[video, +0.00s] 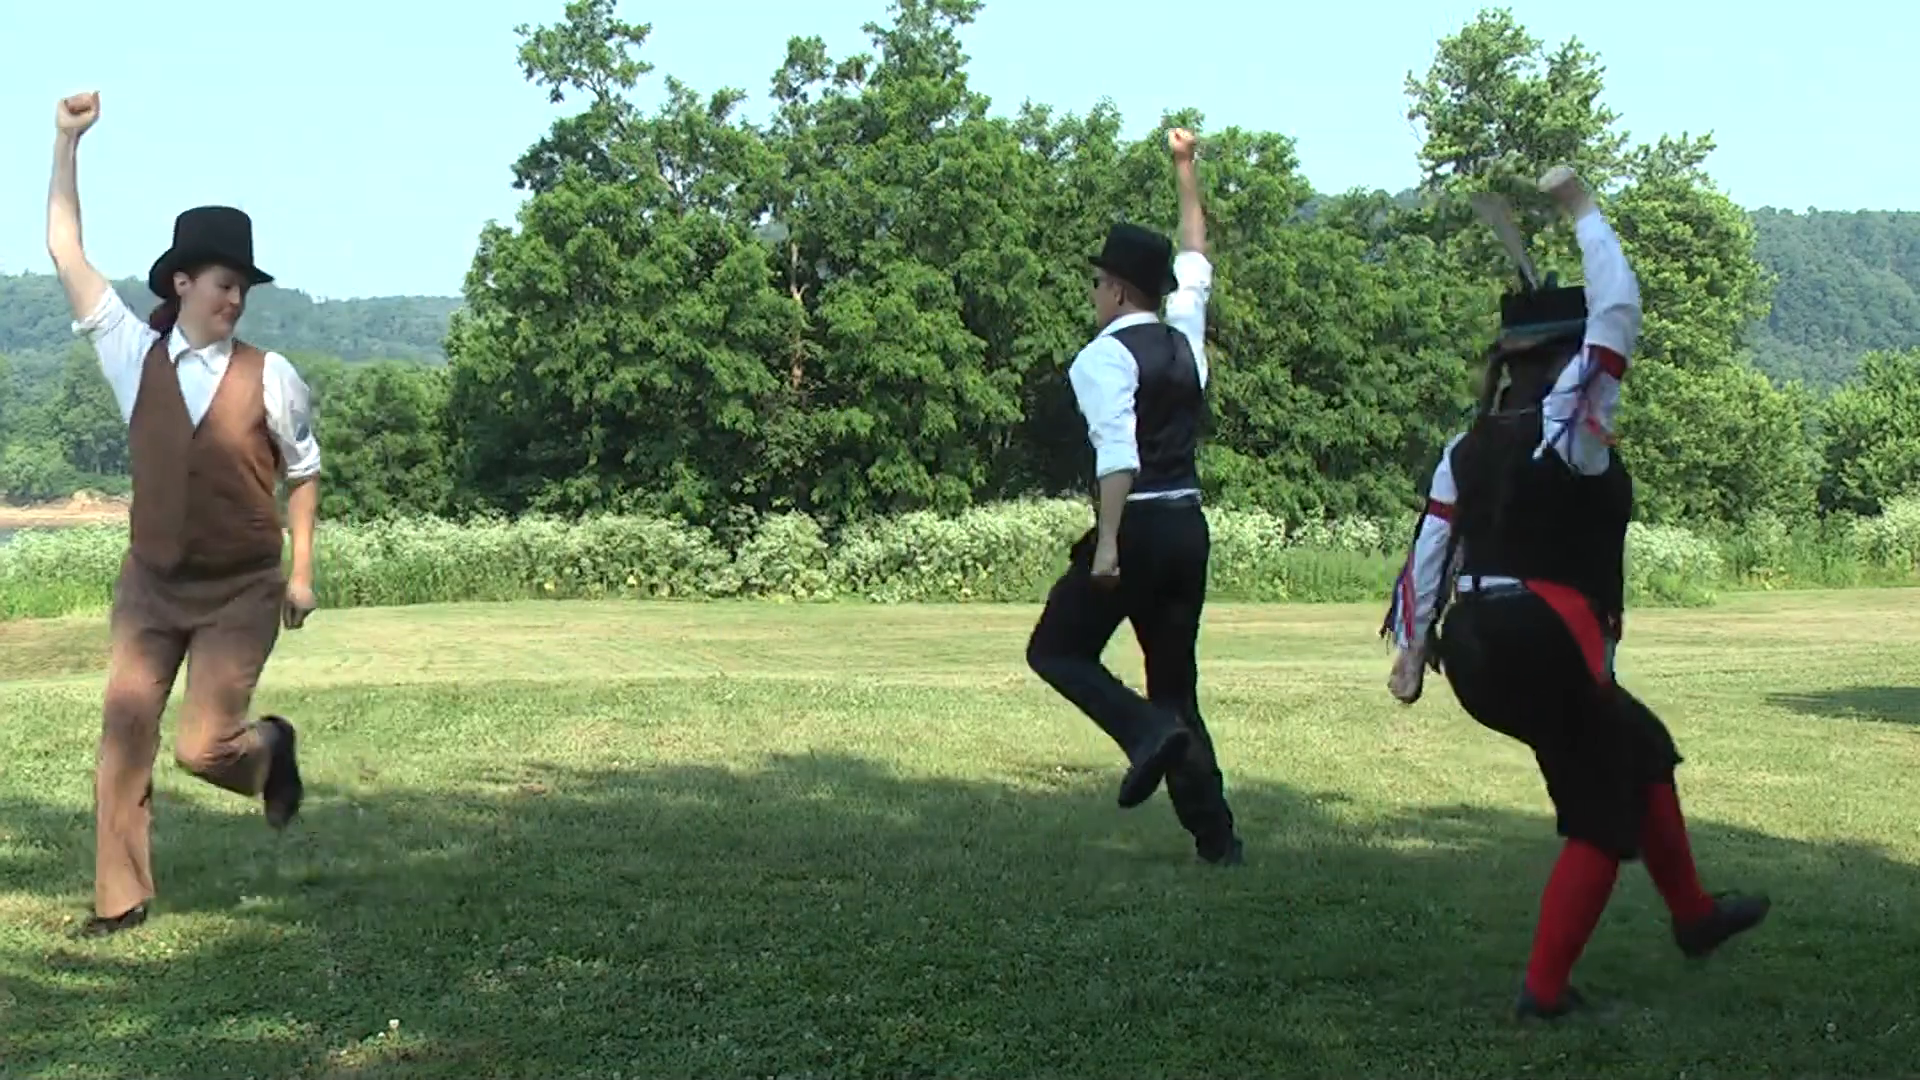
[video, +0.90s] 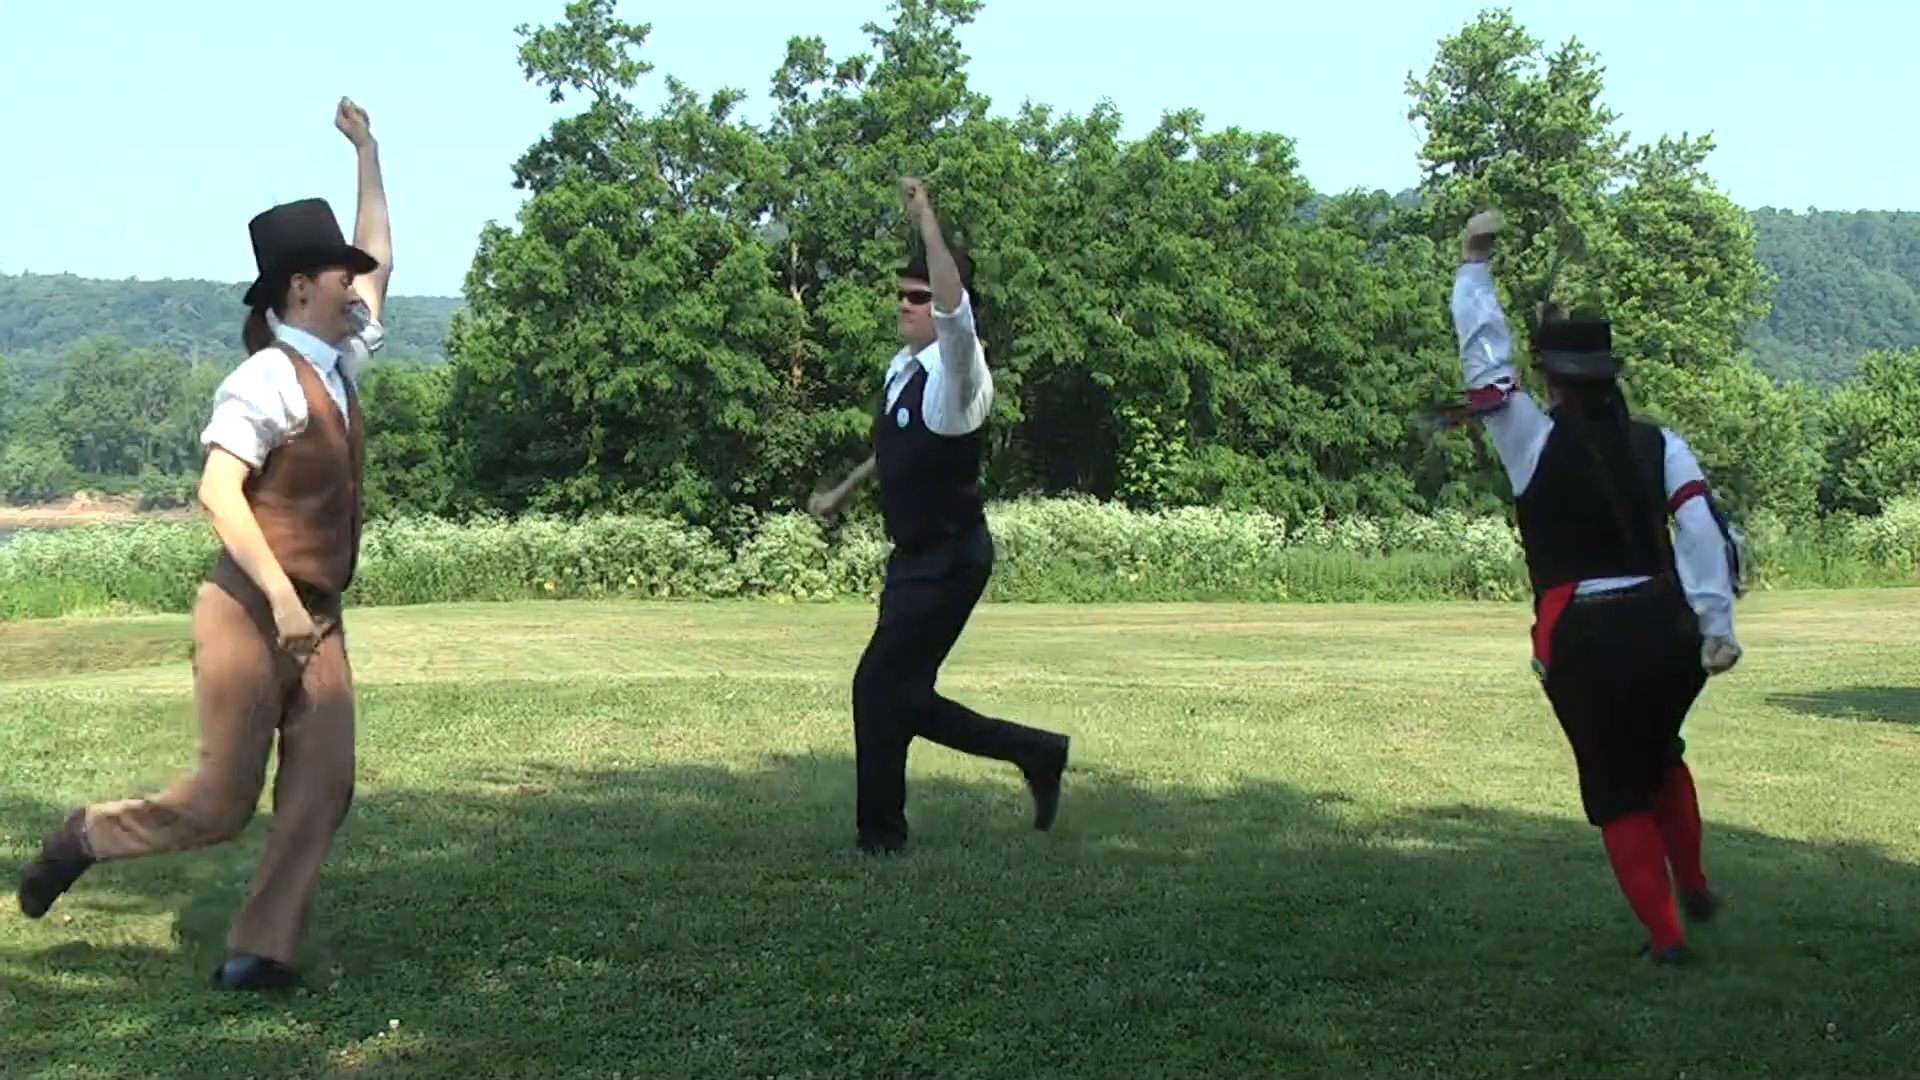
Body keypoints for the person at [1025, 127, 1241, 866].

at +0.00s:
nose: (1094, 292)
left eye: (1099, 282)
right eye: (1098, 280)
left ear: (1118, 289)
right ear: (1155, 290)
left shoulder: (1101, 358)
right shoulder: (1184, 338)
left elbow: (1118, 457)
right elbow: (1193, 260)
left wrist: (1106, 539)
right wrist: (1187, 169)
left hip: (1133, 529)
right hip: (1186, 528)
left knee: (1053, 650)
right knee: (1172, 689)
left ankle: (1144, 731)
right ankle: (1214, 837)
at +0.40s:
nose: (1040, 315)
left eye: (1052, 306)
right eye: (1041, 304)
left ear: (1090, 313)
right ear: (1083, 310)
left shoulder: (1097, 380)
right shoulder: (1089, 362)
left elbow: (1150, 469)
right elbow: (1076, 273)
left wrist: (1155, 563)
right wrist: (1070, 191)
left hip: (1102, 557)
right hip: (1112, 557)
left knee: (974, 603)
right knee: (1111, 695)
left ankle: (1023, 738)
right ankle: (1179, 825)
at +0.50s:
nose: (1016, 321)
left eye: (1028, 312)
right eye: (1016, 310)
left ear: (1064, 318)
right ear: (1052, 316)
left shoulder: (1077, 383)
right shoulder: (1056, 366)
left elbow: (1122, 469)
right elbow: (1026, 280)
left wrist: (1086, 541)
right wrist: (1007, 212)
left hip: (1098, 555)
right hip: (1102, 556)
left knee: (957, 608)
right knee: (1102, 703)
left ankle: (967, 750)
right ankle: (1178, 835)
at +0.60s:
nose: (987, 317)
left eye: (1000, 306)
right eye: (985, 307)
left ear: (1038, 313)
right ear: (992, 314)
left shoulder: (1051, 374)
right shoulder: (1016, 358)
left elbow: (1080, 444)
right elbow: (968, 300)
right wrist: (931, 240)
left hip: (1068, 554)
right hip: (1071, 552)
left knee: (931, 608)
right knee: (1089, 693)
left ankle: (924, 752)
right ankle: (1174, 829)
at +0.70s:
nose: (961, 306)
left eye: (976, 296)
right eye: (959, 295)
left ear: (1014, 303)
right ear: (957, 301)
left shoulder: (1027, 359)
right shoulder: (969, 346)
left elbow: (1031, 397)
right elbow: (917, 332)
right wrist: (861, 299)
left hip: (1028, 545)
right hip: (1019, 543)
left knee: (904, 641)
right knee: (1061, 682)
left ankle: (897, 793)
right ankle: (1157, 807)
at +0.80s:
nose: (934, 303)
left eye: (948, 294)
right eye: (932, 293)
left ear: (984, 306)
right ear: (931, 300)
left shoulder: (991, 376)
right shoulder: (937, 367)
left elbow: (993, 353)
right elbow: (897, 399)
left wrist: (959, 288)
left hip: (982, 548)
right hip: (957, 548)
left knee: (896, 679)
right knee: (997, 687)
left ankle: (883, 837)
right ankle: (1123, 781)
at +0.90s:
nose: (906, 306)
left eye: (919, 298)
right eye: (902, 296)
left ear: (949, 309)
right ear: (897, 305)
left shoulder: (959, 377)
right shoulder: (900, 371)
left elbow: (954, 308)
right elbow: (891, 450)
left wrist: (928, 216)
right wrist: (842, 491)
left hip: (951, 557)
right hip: (912, 556)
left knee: (877, 686)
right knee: (900, 700)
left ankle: (880, 840)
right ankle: (1035, 751)